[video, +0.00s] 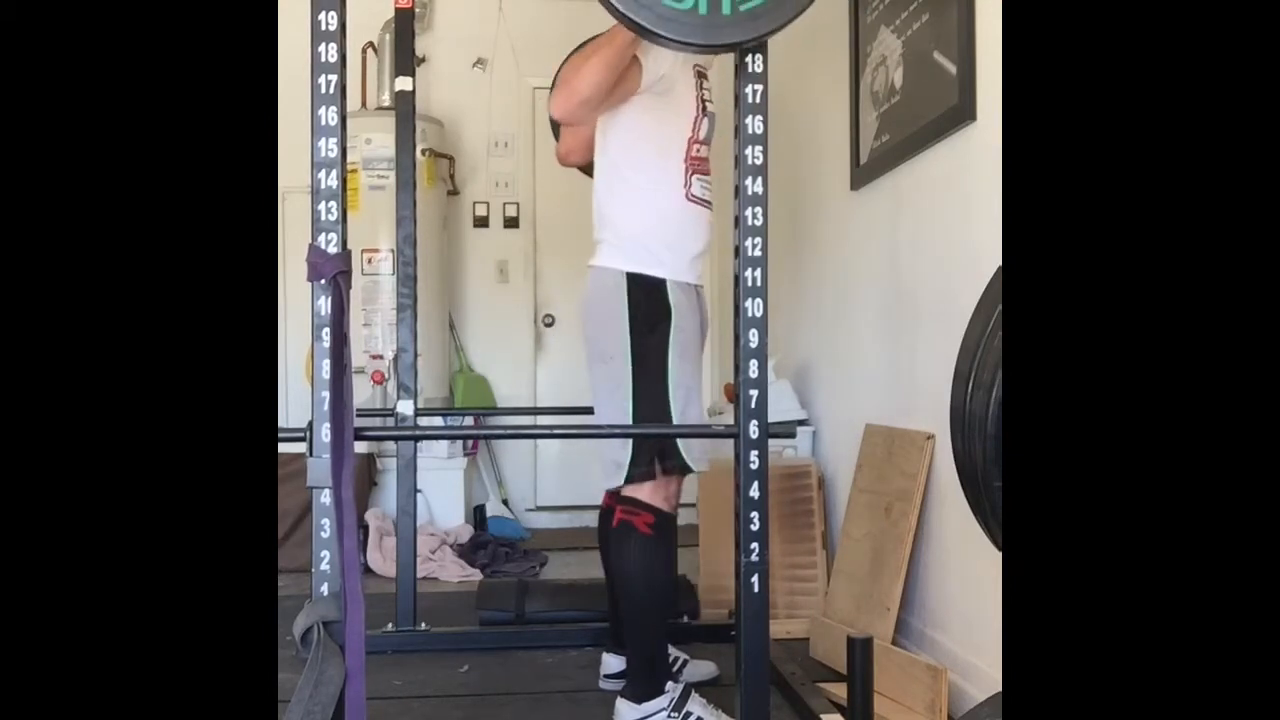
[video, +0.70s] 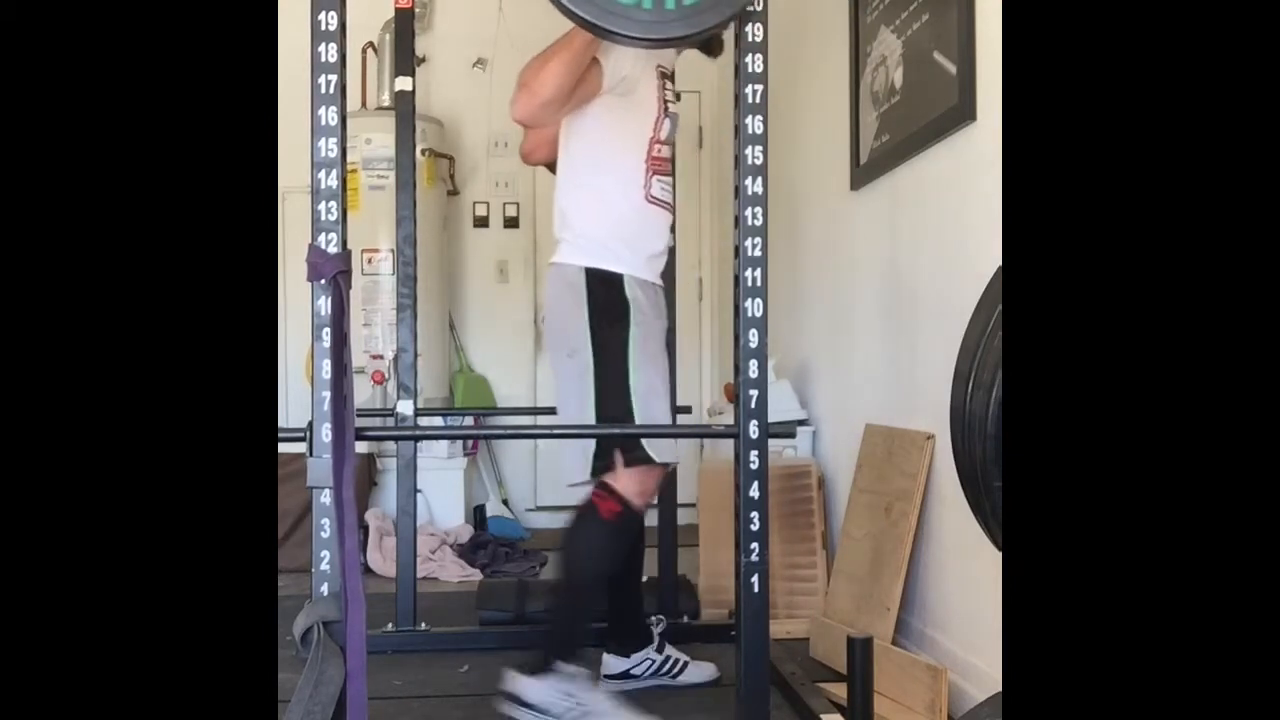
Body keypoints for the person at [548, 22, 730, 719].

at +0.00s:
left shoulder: (678, 57)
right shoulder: (642, 40)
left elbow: (570, 148)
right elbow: (566, 102)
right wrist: (640, 16)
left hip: (663, 285)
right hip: (640, 286)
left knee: (647, 476)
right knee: (657, 477)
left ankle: (628, 650)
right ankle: (647, 692)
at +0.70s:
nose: (700, 27)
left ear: (656, 4)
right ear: (655, 2)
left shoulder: (645, 57)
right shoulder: (611, 40)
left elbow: (535, 148)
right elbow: (528, 106)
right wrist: (596, 20)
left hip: (630, 278)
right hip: (599, 278)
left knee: (633, 472)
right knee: (630, 472)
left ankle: (630, 650)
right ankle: (542, 670)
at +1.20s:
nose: (664, 9)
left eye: (665, 4)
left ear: (629, 5)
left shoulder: (579, 54)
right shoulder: (538, 22)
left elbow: (453, 135)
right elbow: (423, 79)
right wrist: (493, 3)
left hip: (550, 288)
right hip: (501, 283)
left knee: (584, 454)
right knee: (480, 485)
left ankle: (553, 621)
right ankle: (448, 697)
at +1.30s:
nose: (653, 7)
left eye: (656, 3)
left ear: (621, 6)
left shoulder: (569, 55)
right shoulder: (527, 23)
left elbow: (444, 132)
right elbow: (409, 81)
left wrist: (521, 145)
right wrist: (477, 3)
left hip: (538, 288)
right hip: (491, 283)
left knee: (567, 454)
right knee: (479, 486)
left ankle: (500, 613)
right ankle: (447, 698)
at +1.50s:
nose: (635, 10)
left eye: (636, 5)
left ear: (602, 9)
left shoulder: (551, 57)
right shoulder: (509, 31)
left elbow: (434, 134)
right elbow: (397, 90)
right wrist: (453, 14)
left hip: (518, 286)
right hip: (480, 283)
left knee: (492, 484)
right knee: (472, 489)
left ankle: (475, 646)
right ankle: (445, 696)